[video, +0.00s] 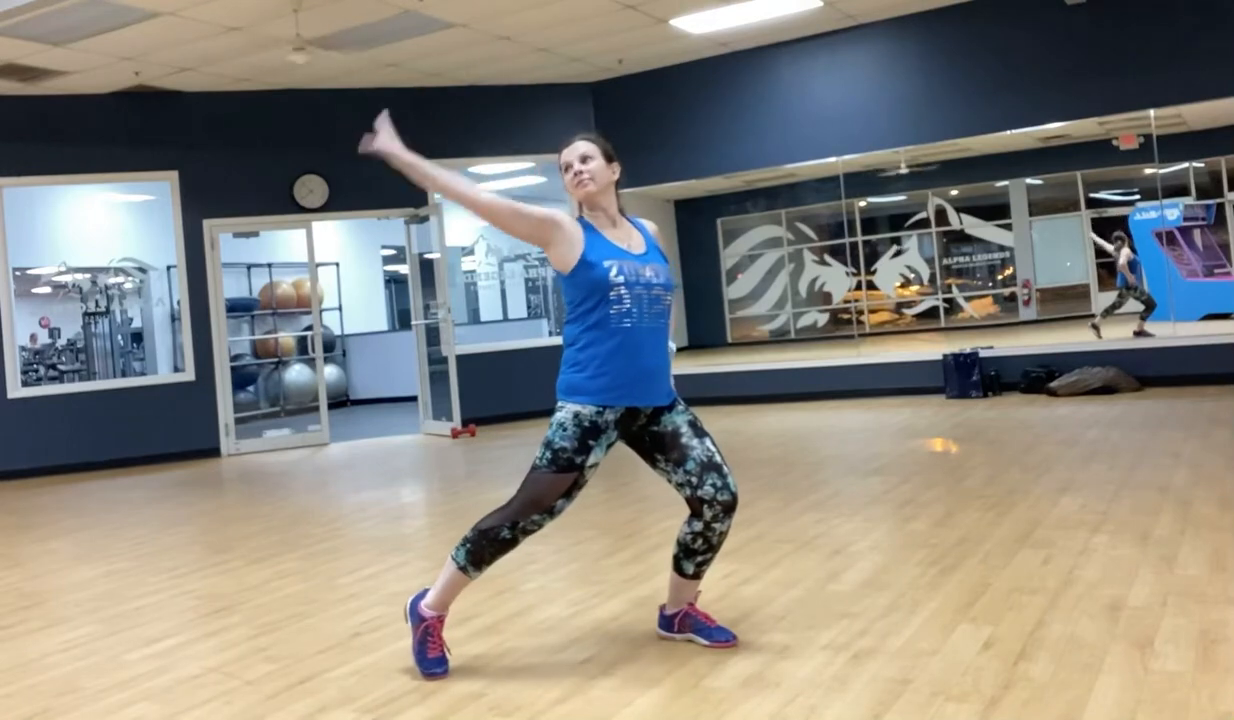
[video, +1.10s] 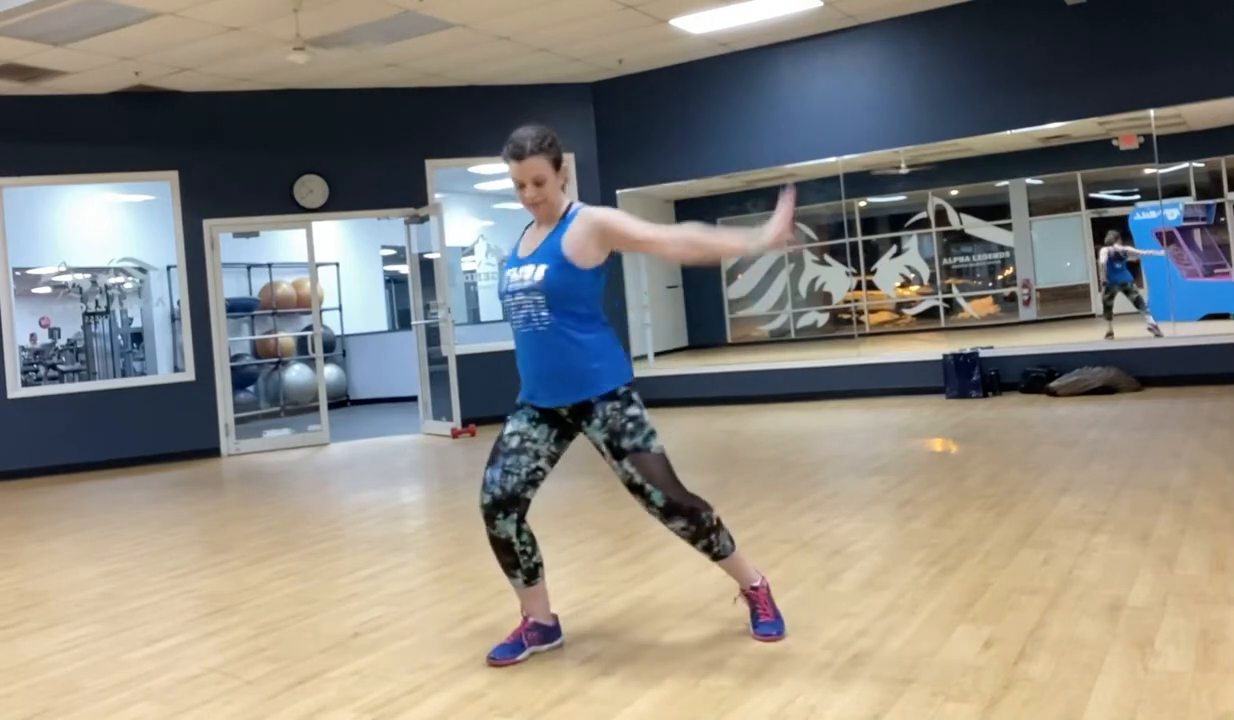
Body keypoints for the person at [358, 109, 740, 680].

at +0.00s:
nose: (575, 170)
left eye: (585, 160)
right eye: (566, 169)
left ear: (615, 171)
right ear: (565, 187)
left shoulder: (645, 234)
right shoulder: (562, 230)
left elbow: (655, 310)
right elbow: (473, 197)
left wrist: (659, 369)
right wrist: (400, 154)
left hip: (655, 400)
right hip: (589, 404)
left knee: (717, 497)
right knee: (531, 511)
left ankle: (679, 609)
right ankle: (429, 609)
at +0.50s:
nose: (572, 188)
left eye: (580, 175)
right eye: (563, 180)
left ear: (607, 169)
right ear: (556, 181)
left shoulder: (654, 221)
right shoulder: (551, 223)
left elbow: (716, 263)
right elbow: (470, 203)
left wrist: (712, 326)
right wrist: (399, 166)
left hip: (650, 389)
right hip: (571, 392)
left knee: (704, 495)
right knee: (524, 504)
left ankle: (678, 610)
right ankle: (460, 623)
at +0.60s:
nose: (567, 185)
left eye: (575, 172)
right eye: (558, 176)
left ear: (602, 161)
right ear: (552, 173)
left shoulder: (653, 208)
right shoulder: (547, 217)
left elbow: (730, 237)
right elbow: (468, 202)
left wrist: (753, 305)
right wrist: (396, 169)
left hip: (647, 379)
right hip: (569, 382)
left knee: (697, 489)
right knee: (518, 494)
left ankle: (678, 610)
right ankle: (476, 620)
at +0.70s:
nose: (551, 174)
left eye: (559, 162)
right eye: (542, 166)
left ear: (586, 148)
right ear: (535, 161)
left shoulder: (629, 188)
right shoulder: (532, 199)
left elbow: (713, 193)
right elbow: (460, 198)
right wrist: (393, 200)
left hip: (634, 366)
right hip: (558, 373)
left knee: (679, 476)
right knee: (519, 479)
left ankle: (687, 598)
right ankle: (536, 613)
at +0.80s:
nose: (545, 177)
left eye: (554, 164)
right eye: (536, 167)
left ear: (579, 152)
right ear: (526, 163)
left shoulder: (617, 190)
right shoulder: (522, 203)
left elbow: (702, 181)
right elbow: (462, 209)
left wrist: (778, 155)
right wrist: (412, 236)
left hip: (624, 367)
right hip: (550, 377)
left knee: (680, 473)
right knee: (520, 487)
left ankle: (709, 584)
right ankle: (539, 619)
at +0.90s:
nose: (536, 188)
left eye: (545, 176)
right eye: (526, 180)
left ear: (569, 163)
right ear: (516, 175)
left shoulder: (602, 205)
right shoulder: (519, 226)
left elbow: (689, 190)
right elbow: (492, 279)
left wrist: (763, 156)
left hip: (611, 384)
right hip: (543, 392)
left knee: (675, 491)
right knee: (506, 494)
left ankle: (752, 580)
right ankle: (539, 620)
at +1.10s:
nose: (529, 195)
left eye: (538, 182)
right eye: (519, 185)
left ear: (563, 173)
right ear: (510, 182)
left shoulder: (593, 223)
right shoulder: (527, 233)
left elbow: (674, 240)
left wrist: (759, 240)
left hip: (603, 395)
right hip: (540, 401)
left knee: (665, 500)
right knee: (499, 502)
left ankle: (752, 584)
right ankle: (539, 620)